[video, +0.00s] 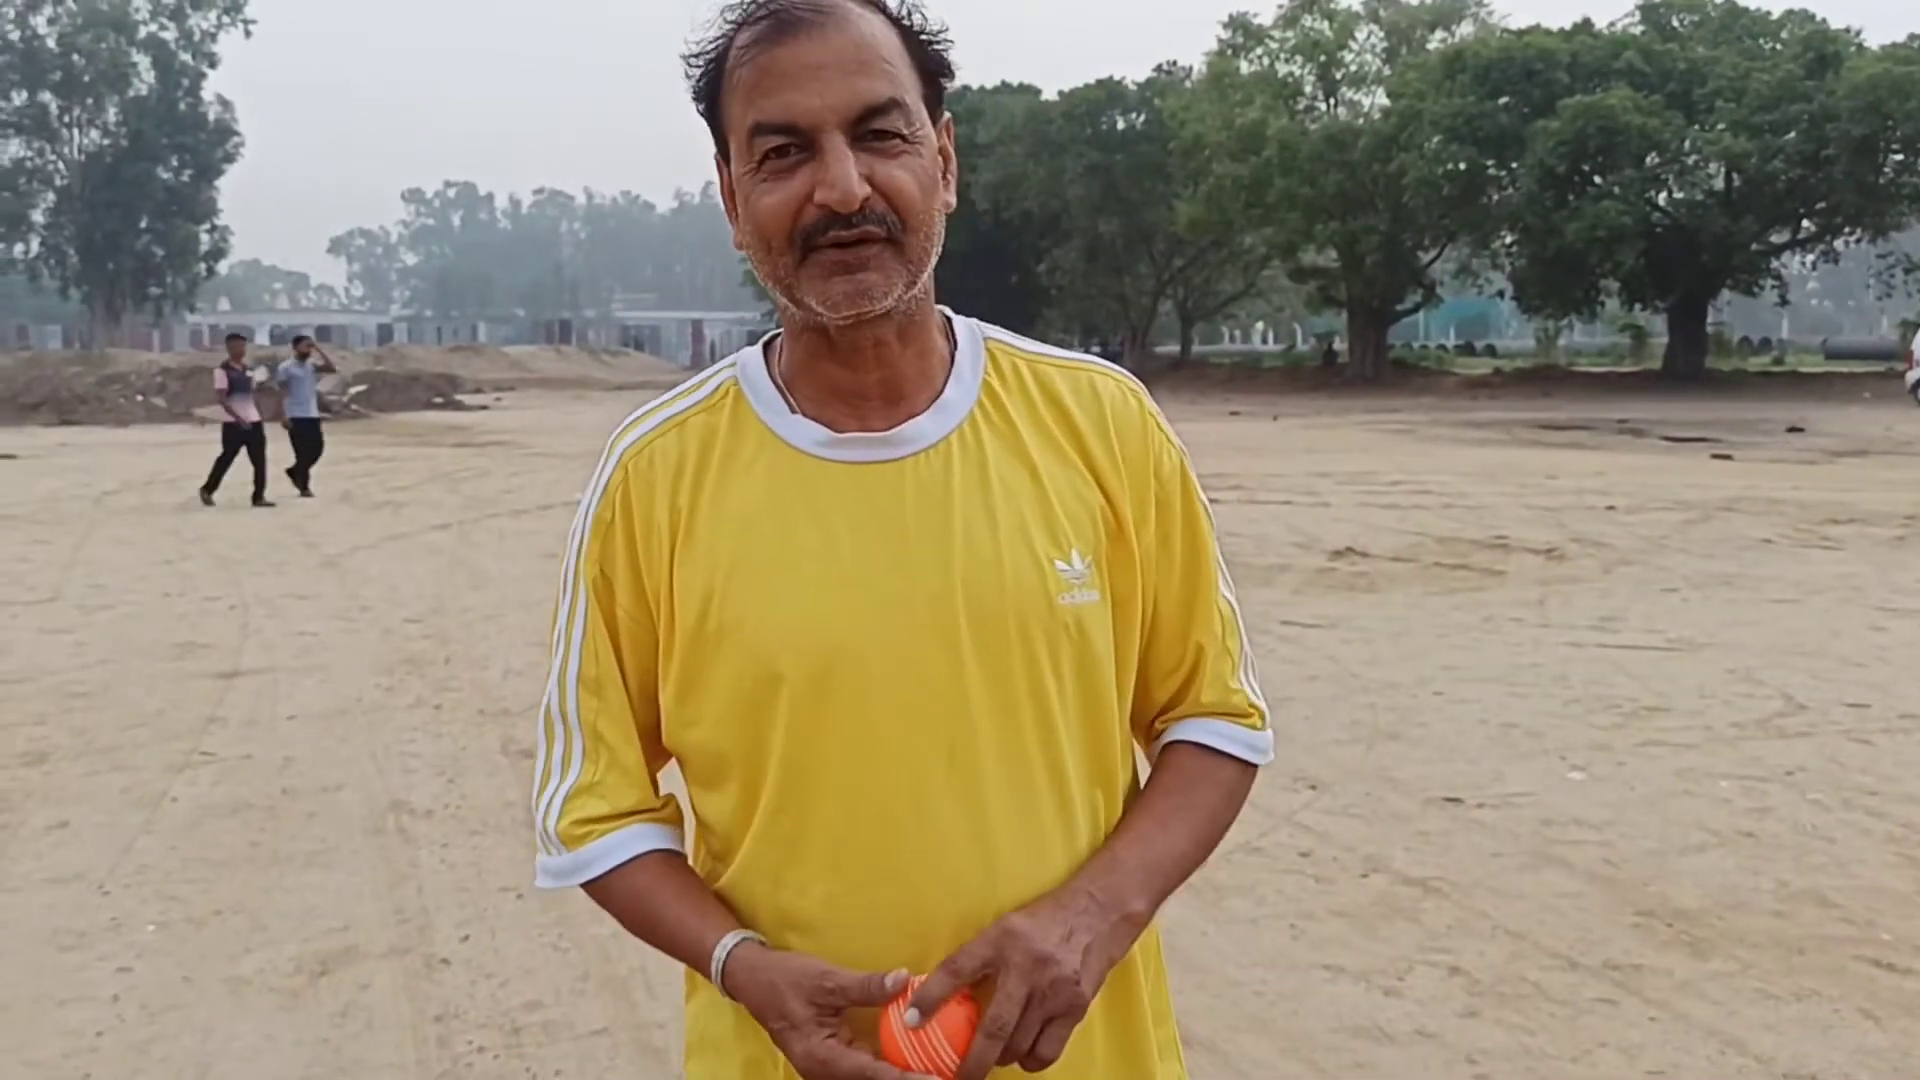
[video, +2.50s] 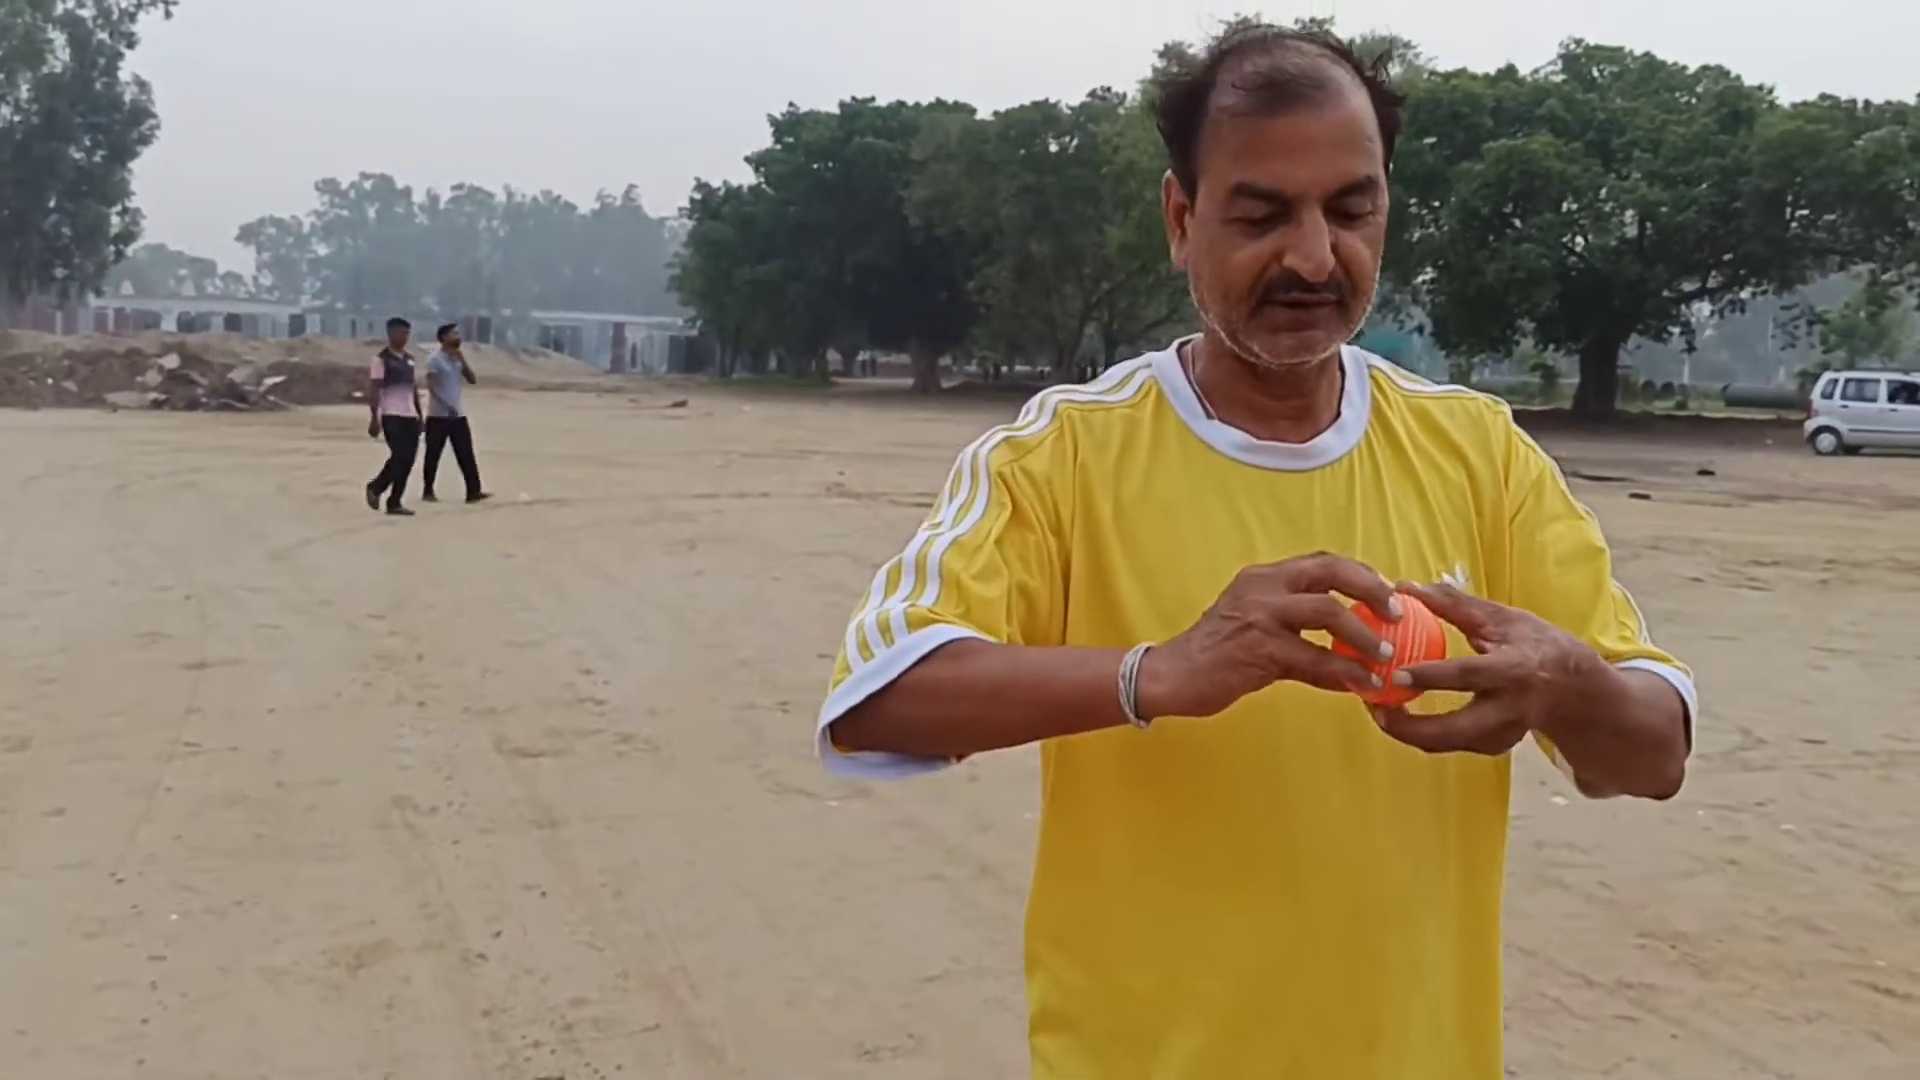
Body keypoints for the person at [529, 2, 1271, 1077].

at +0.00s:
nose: (843, 187)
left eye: (880, 135)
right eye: (783, 153)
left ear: (945, 165)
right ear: (732, 205)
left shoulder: (1105, 425)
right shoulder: (655, 473)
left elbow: (1219, 720)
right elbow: (592, 808)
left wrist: (1096, 909)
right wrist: (745, 967)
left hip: (1091, 1051)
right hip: (782, 1054)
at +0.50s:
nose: (935, 170)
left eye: (976, 120)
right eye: (879, 132)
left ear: (1037, 157)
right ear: (822, 181)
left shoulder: (1180, 423)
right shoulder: (729, 447)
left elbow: (1276, 723)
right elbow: (658, 773)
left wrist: (1145, 909)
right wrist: (802, 933)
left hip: (1140, 1048)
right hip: (831, 1053)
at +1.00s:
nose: (1075, 191)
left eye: (1113, 140)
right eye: (1020, 153)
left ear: (1165, 164)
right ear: (954, 195)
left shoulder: (1302, 422)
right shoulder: (862, 454)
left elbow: (1392, 712)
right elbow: (789, 774)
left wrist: (1301, 893)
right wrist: (962, 924)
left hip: (1272, 1049)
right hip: (976, 1054)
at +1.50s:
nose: (1255, 254)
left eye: (1294, 198)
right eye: (1199, 210)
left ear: (1335, 181)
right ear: (1124, 203)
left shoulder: (1449, 417)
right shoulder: (1024, 440)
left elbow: (1555, 695)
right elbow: (925, 761)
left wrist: (1507, 792)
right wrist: (1113, 806)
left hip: (1411, 1042)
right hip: (1125, 1047)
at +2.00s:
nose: (1300, 184)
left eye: (1335, 140)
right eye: (1245, 147)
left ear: (1378, 176)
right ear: (1177, 191)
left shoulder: (1489, 425)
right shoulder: (1070, 437)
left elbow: (1642, 720)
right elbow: (926, 719)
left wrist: (1573, 714)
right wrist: (1187, 700)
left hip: (1435, 1032)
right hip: (1157, 1038)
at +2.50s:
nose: (1313, 255)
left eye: (1348, 207)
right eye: (1262, 210)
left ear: (1386, 211)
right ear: (1180, 219)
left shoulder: (1481, 453)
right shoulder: (1064, 457)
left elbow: (1656, 762)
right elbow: (877, 699)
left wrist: (1566, 686)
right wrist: (1152, 674)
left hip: (1422, 1040)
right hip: (1134, 1040)